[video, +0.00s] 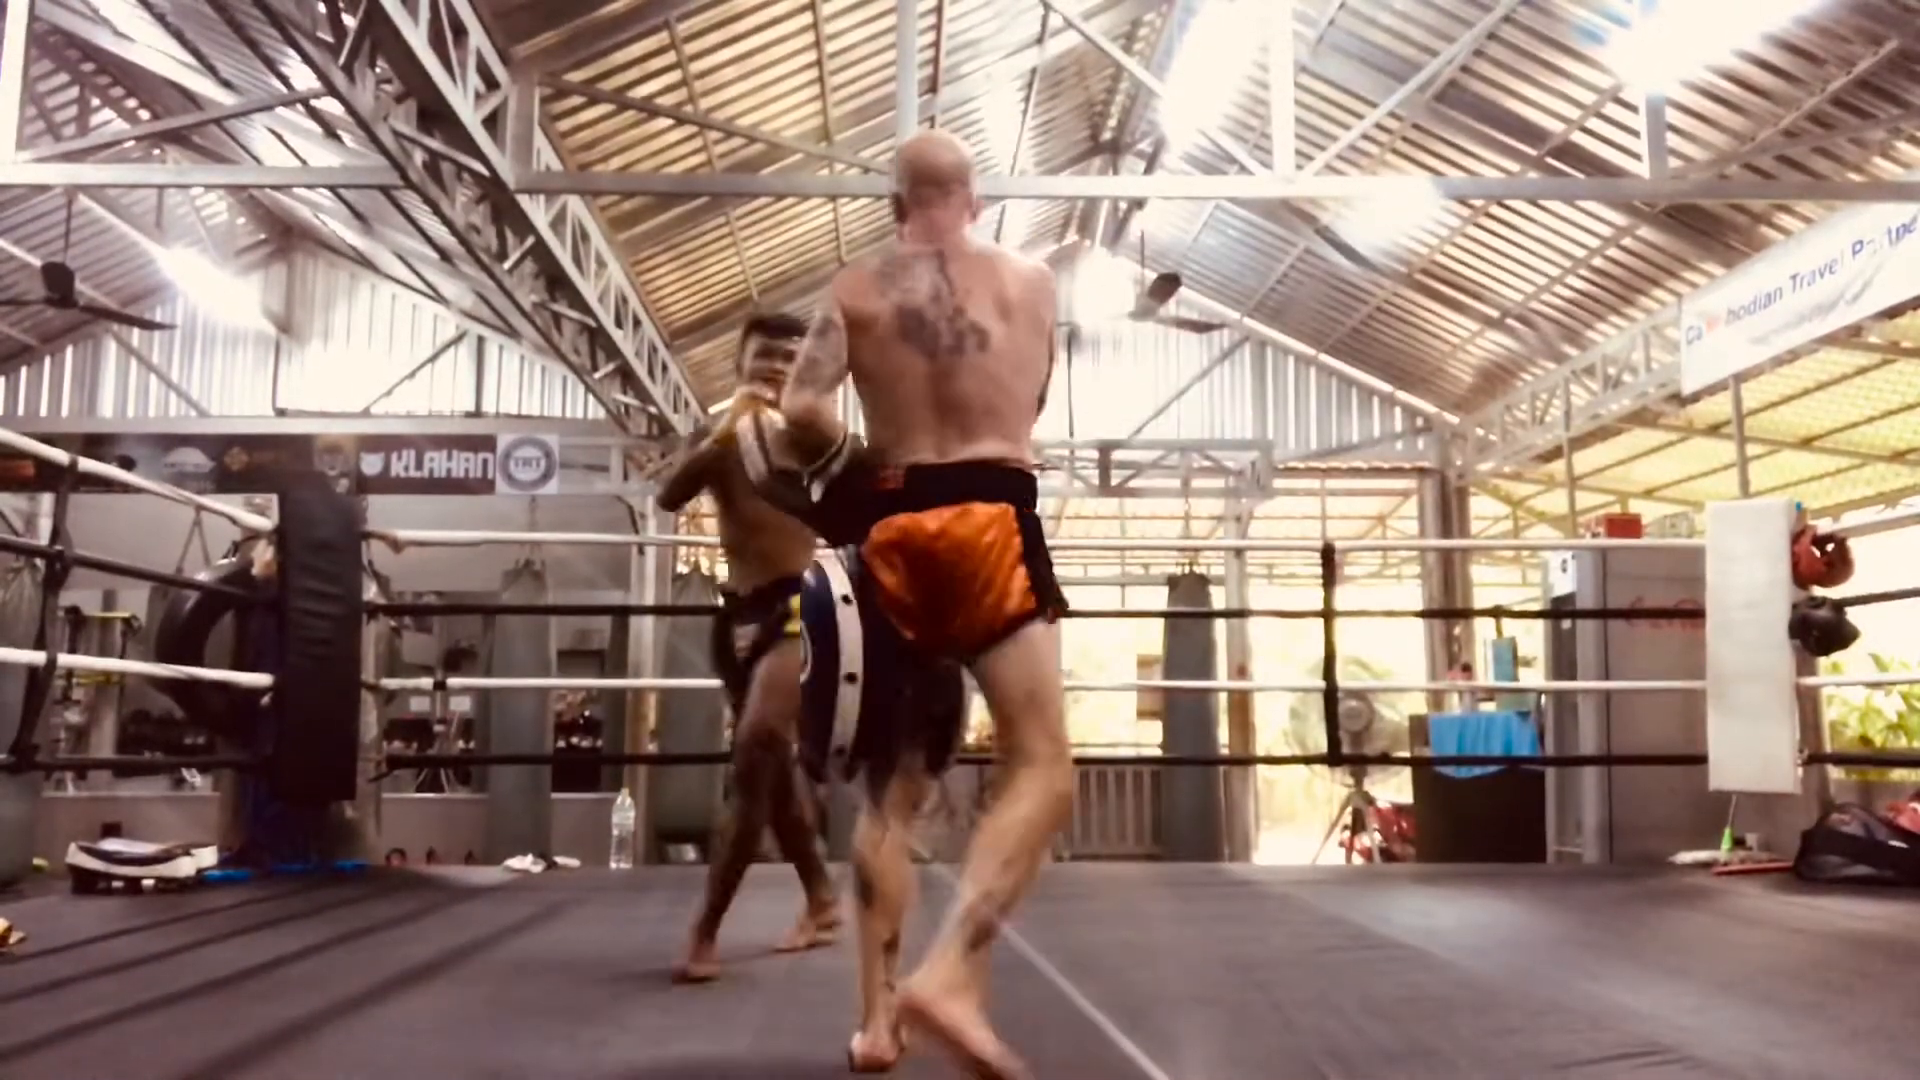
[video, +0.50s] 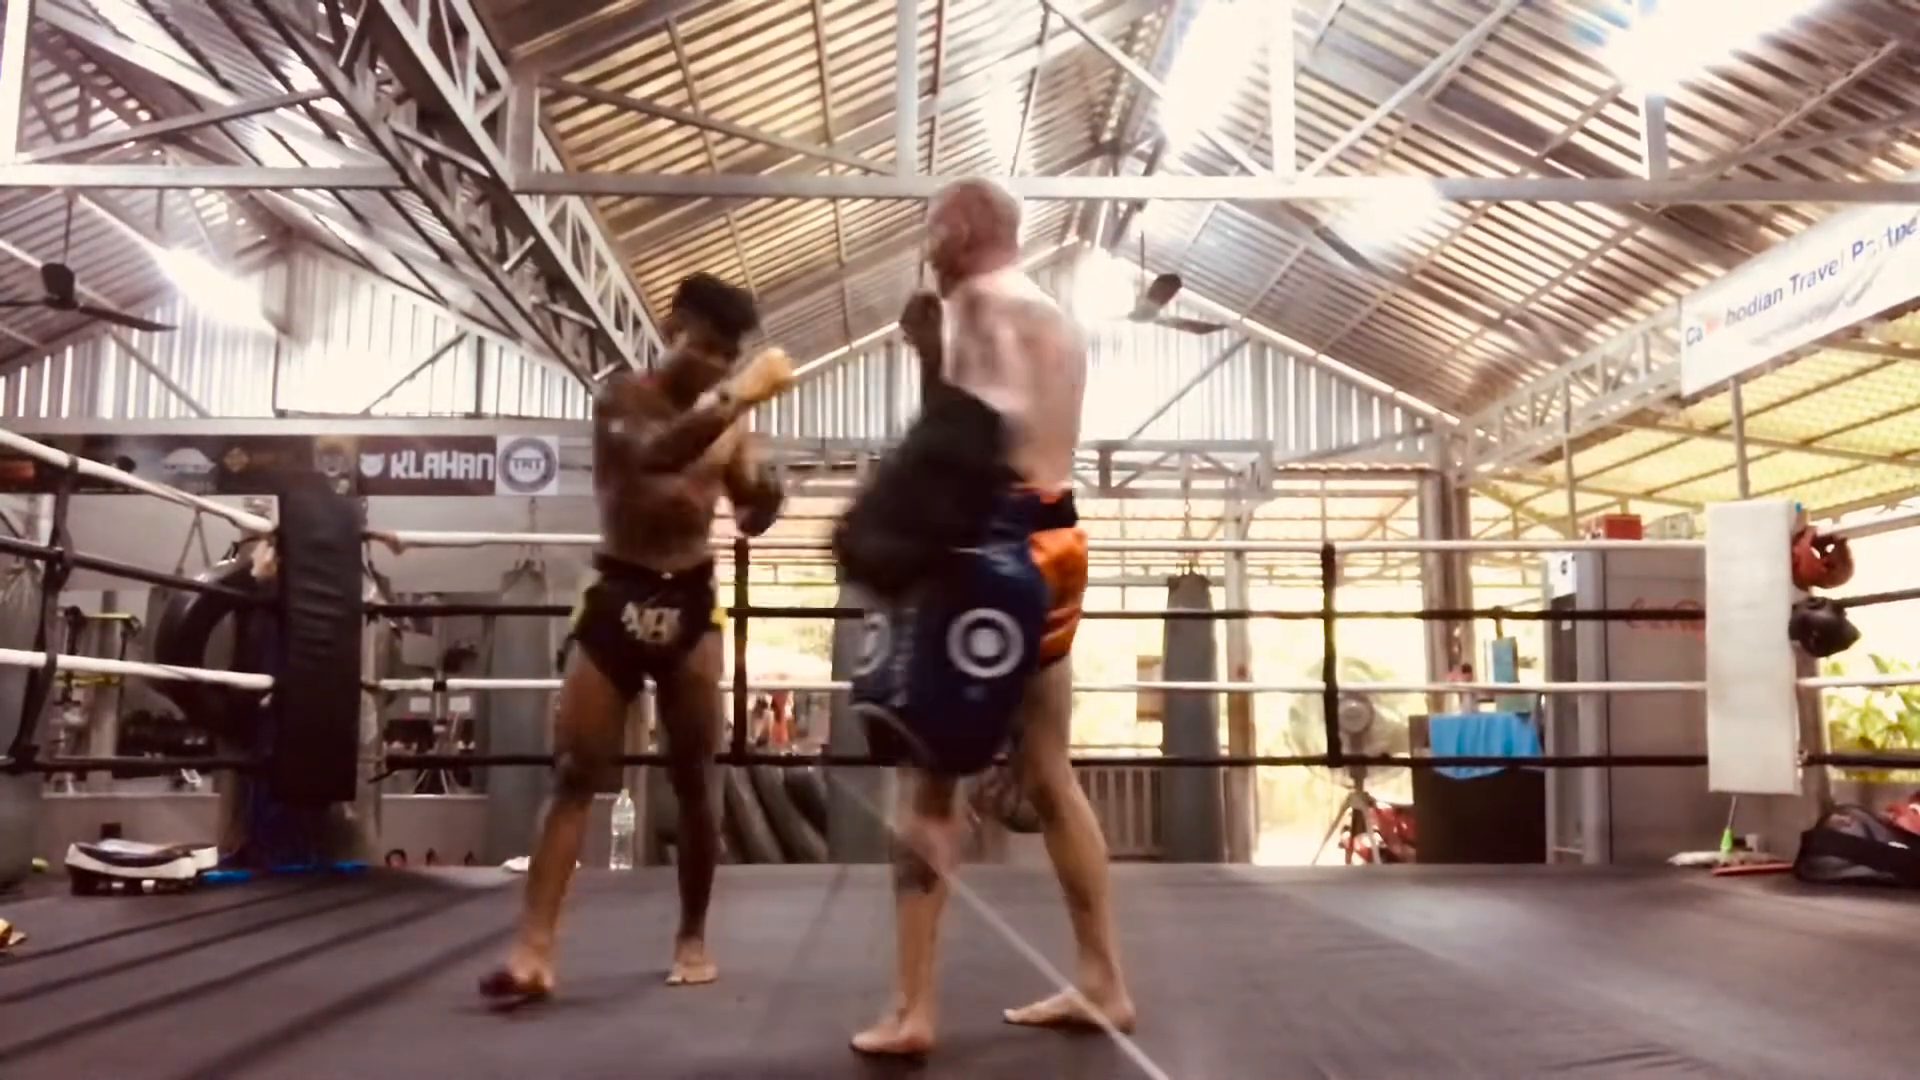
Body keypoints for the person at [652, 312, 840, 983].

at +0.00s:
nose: (772, 368)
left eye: (785, 359)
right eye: (764, 356)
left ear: (803, 372)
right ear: (741, 363)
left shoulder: (813, 435)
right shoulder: (718, 435)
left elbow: (850, 498)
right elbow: (669, 497)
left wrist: (785, 452)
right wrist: (724, 438)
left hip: (799, 602)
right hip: (740, 609)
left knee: (754, 756)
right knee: (770, 759)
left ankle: (705, 930)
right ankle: (821, 896)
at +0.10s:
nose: (762, 363)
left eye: (776, 355)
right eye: (752, 349)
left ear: (794, 367)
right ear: (728, 355)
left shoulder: (803, 429)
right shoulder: (703, 430)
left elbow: (827, 536)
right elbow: (646, 493)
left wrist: (779, 468)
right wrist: (706, 439)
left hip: (772, 598)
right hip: (710, 605)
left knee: (731, 765)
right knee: (709, 773)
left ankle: (697, 939)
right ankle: (798, 882)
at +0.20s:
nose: (749, 361)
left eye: (763, 352)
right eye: (738, 346)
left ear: (779, 364)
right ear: (713, 350)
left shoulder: (783, 435)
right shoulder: (677, 423)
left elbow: (803, 524)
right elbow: (637, 495)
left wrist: (790, 450)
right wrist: (695, 449)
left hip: (751, 605)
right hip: (686, 601)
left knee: (724, 770)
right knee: (648, 770)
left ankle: (697, 938)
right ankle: (737, 873)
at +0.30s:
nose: (735, 369)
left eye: (749, 358)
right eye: (726, 351)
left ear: (763, 366)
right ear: (697, 344)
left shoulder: (768, 434)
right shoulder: (661, 414)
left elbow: (780, 518)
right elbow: (645, 491)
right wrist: (713, 441)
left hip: (736, 607)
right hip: (667, 598)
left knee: (718, 778)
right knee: (611, 752)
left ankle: (699, 938)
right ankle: (655, 907)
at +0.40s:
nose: (717, 378)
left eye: (731, 369)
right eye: (709, 358)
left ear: (749, 369)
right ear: (689, 340)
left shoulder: (754, 432)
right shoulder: (642, 404)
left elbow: (775, 513)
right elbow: (651, 478)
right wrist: (726, 423)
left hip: (715, 605)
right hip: (642, 597)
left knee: (707, 776)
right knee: (592, 762)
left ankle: (696, 941)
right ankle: (567, 946)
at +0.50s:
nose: (714, 366)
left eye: (725, 355)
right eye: (704, 347)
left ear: (734, 355)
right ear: (674, 330)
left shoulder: (724, 417)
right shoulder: (624, 390)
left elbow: (755, 517)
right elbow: (646, 455)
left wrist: (766, 484)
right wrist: (735, 398)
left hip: (690, 603)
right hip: (617, 598)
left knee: (696, 782)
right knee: (573, 778)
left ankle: (692, 941)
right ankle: (534, 951)